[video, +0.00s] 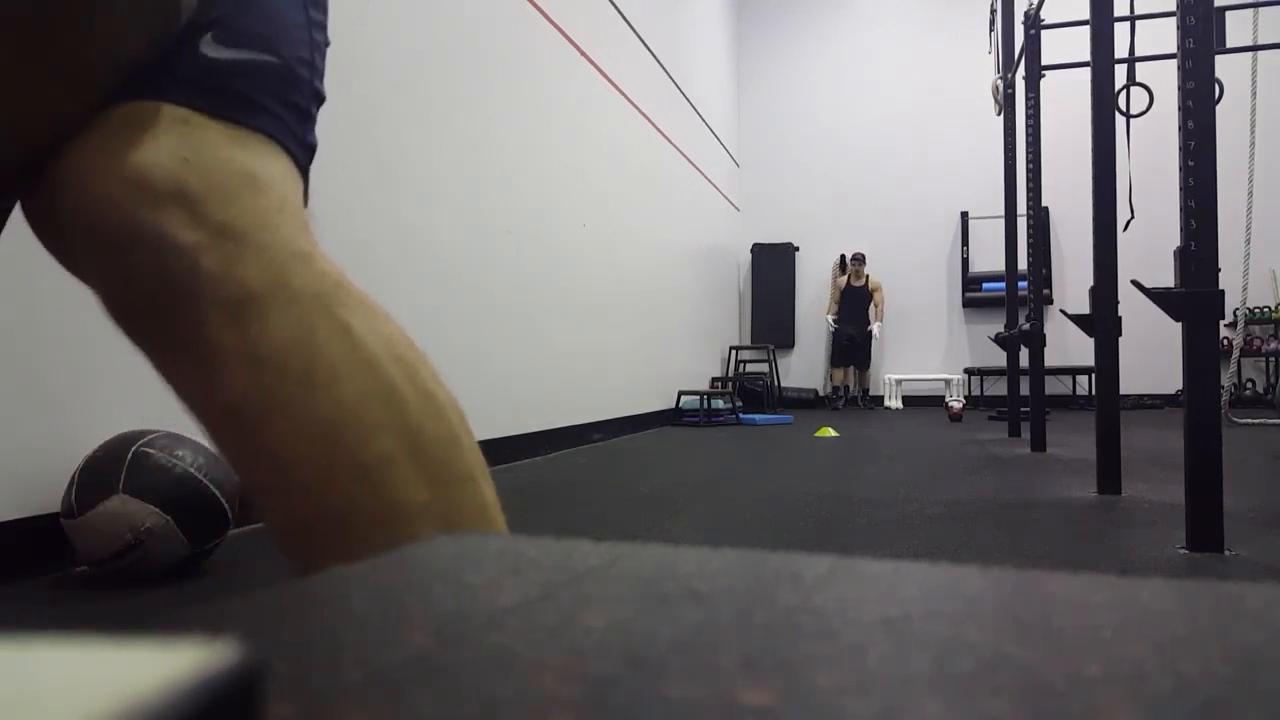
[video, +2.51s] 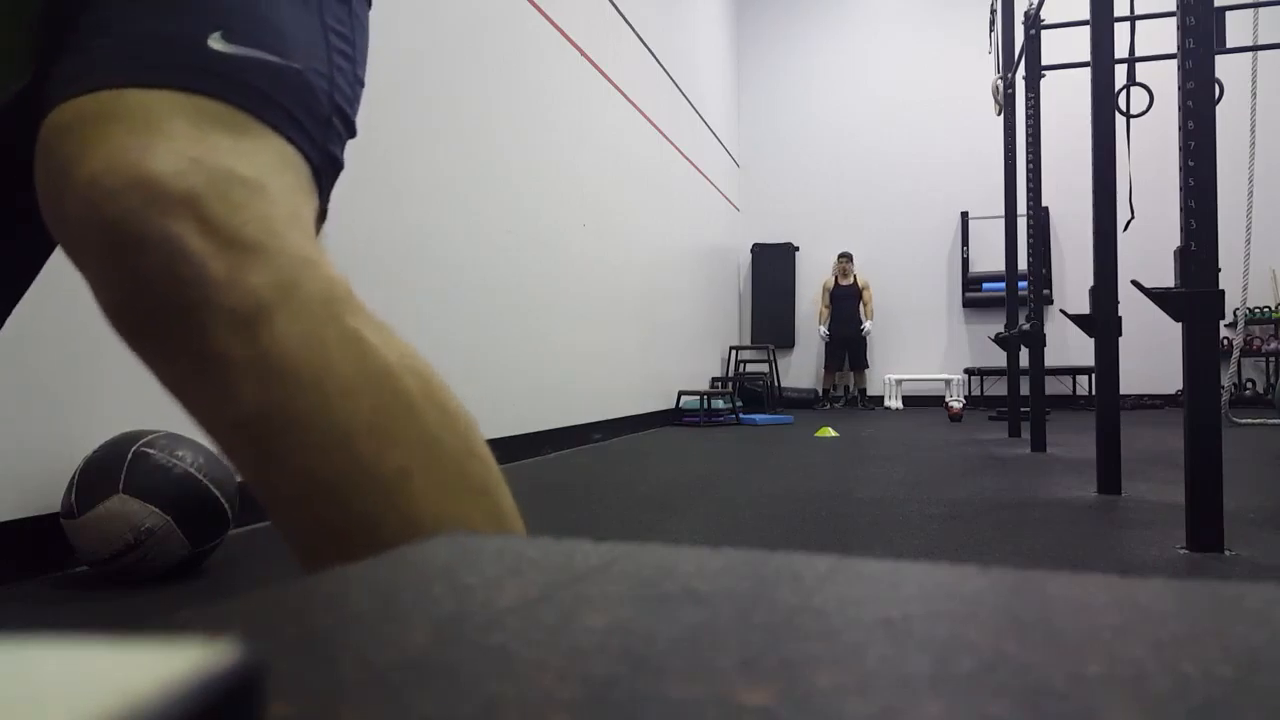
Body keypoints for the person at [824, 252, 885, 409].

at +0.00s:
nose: (857, 267)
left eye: (860, 264)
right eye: (854, 264)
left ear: (864, 266)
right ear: (850, 265)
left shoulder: (873, 283)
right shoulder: (840, 282)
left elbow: (878, 305)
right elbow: (835, 302)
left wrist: (878, 322)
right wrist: (830, 314)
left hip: (862, 329)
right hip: (842, 328)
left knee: (863, 366)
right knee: (838, 364)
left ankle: (865, 396)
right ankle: (837, 396)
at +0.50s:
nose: (842, 267)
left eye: (845, 263)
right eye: (839, 264)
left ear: (851, 265)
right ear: (835, 265)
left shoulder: (860, 283)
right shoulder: (828, 284)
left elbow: (868, 306)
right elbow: (822, 306)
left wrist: (876, 325)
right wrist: (816, 324)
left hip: (854, 330)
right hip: (834, 331)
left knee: (859, 368)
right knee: (832, 368)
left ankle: (864, 398)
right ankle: (827, 398)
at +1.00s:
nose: (838, 266)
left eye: (841, 262)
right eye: (836, 263)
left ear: (848, 264)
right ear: (832, 265)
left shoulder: (858, 282)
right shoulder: (826, 284)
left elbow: (867, 302)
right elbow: (820, 306)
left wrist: (868, 322)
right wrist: (814, 324)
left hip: (853, 328)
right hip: (833, 329)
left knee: (857, 367)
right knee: (829, 367)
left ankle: (862, 398)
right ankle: (826, 399)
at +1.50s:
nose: (846, 265)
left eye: (849, 262)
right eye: (843, 262)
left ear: (854, 264)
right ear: (840, 264)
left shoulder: (864, 281)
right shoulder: (832, 282)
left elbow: (872, 301)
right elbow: (826, 306)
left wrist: (871, 317)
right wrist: (819, 324)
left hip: (855, 330)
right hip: (835, 330)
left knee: (859, 368)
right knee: (829, 367)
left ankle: (862, 398)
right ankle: (825, 398)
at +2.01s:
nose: (833, 266)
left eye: (836, 263)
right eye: (830, 263)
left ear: (842, 264)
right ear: (826, 265)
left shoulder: (852, 282)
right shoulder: (819, 284)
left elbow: (857, 305)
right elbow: (814, 307)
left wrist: (860, 325)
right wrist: (812, 327)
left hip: (849, 329)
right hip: (828, 330)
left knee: (857, 366)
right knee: (826, 367)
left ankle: (863, 398)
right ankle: (824, 399)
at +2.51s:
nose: (843, 266)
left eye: (846, 263)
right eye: (841, 263)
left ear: (852, 265)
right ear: (837, 265)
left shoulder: (861, 283)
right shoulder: (829, 284)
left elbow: (867, 304)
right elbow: (825, 306)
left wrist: (869, 320)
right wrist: (821, 325)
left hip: (856, 331)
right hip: (835, 331)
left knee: (859, 368)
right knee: (830, 368)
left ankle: (862, 399)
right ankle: (825, 399)